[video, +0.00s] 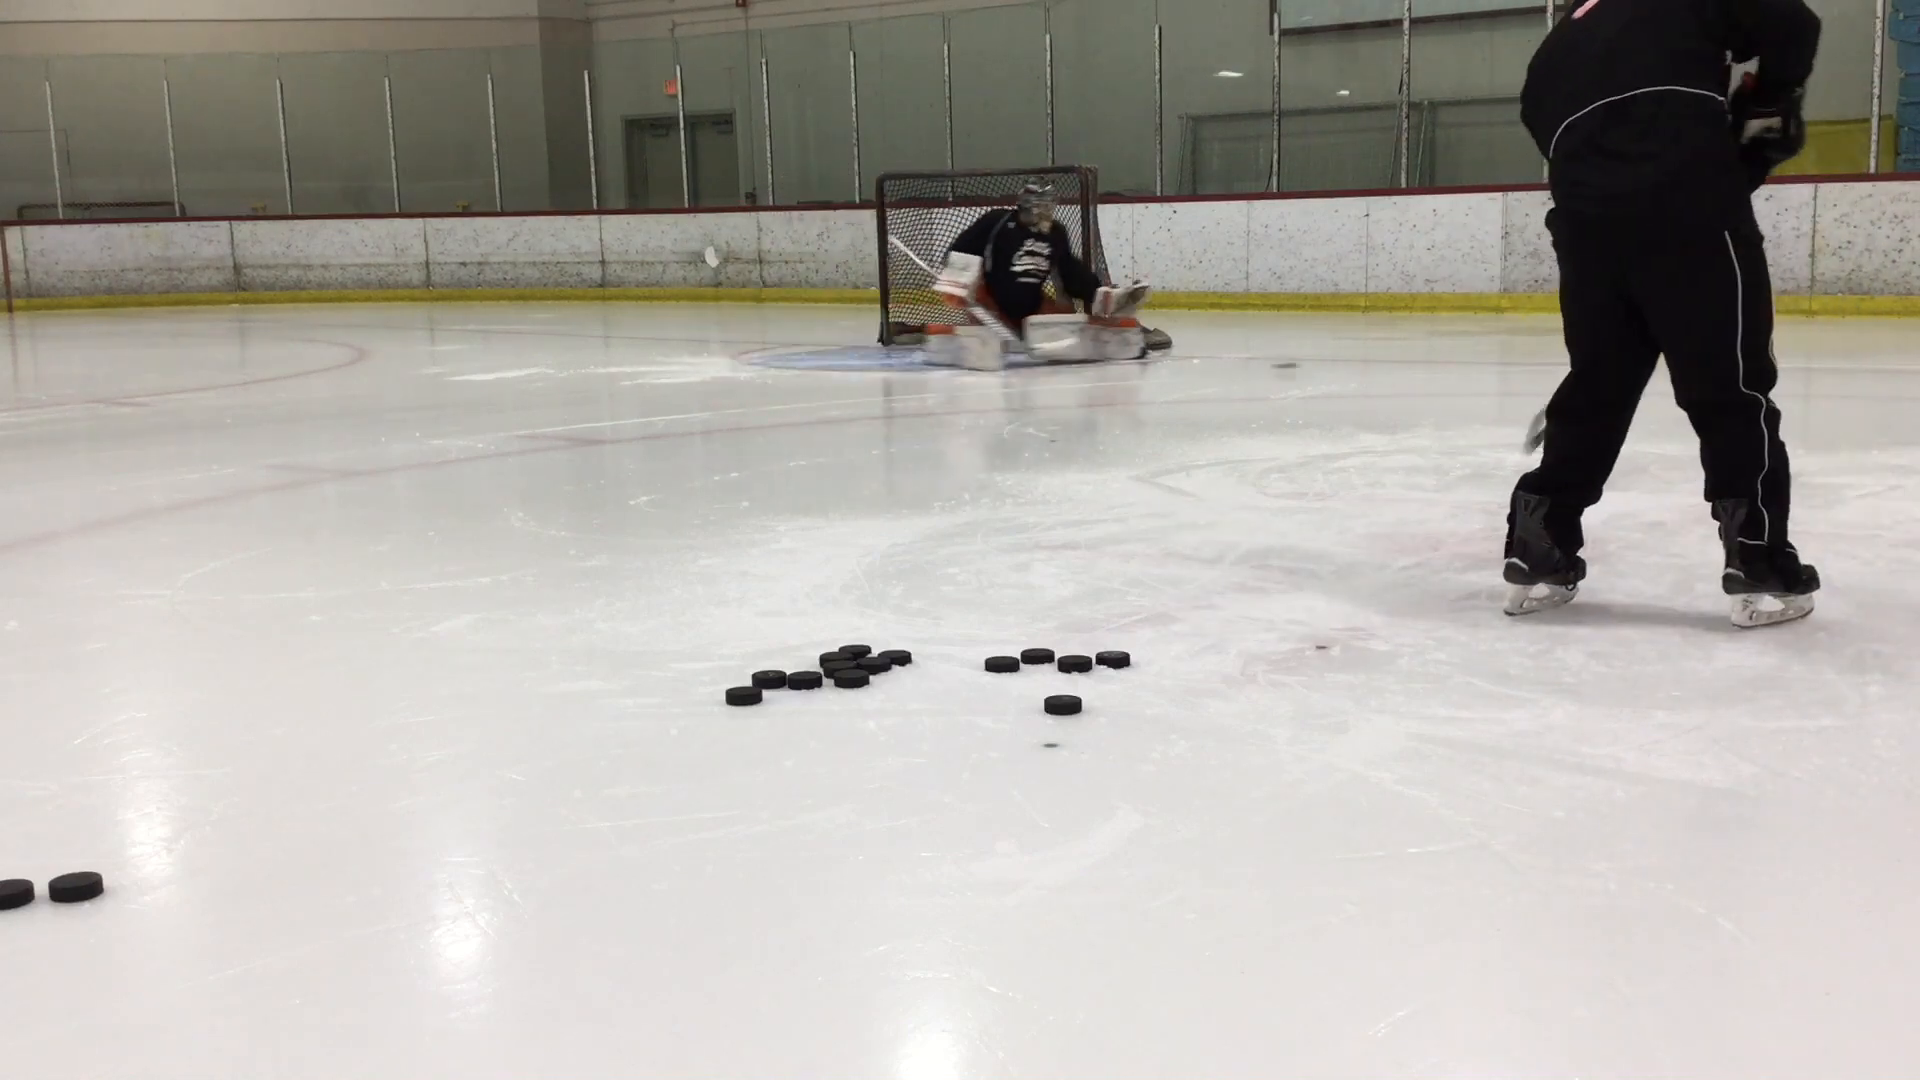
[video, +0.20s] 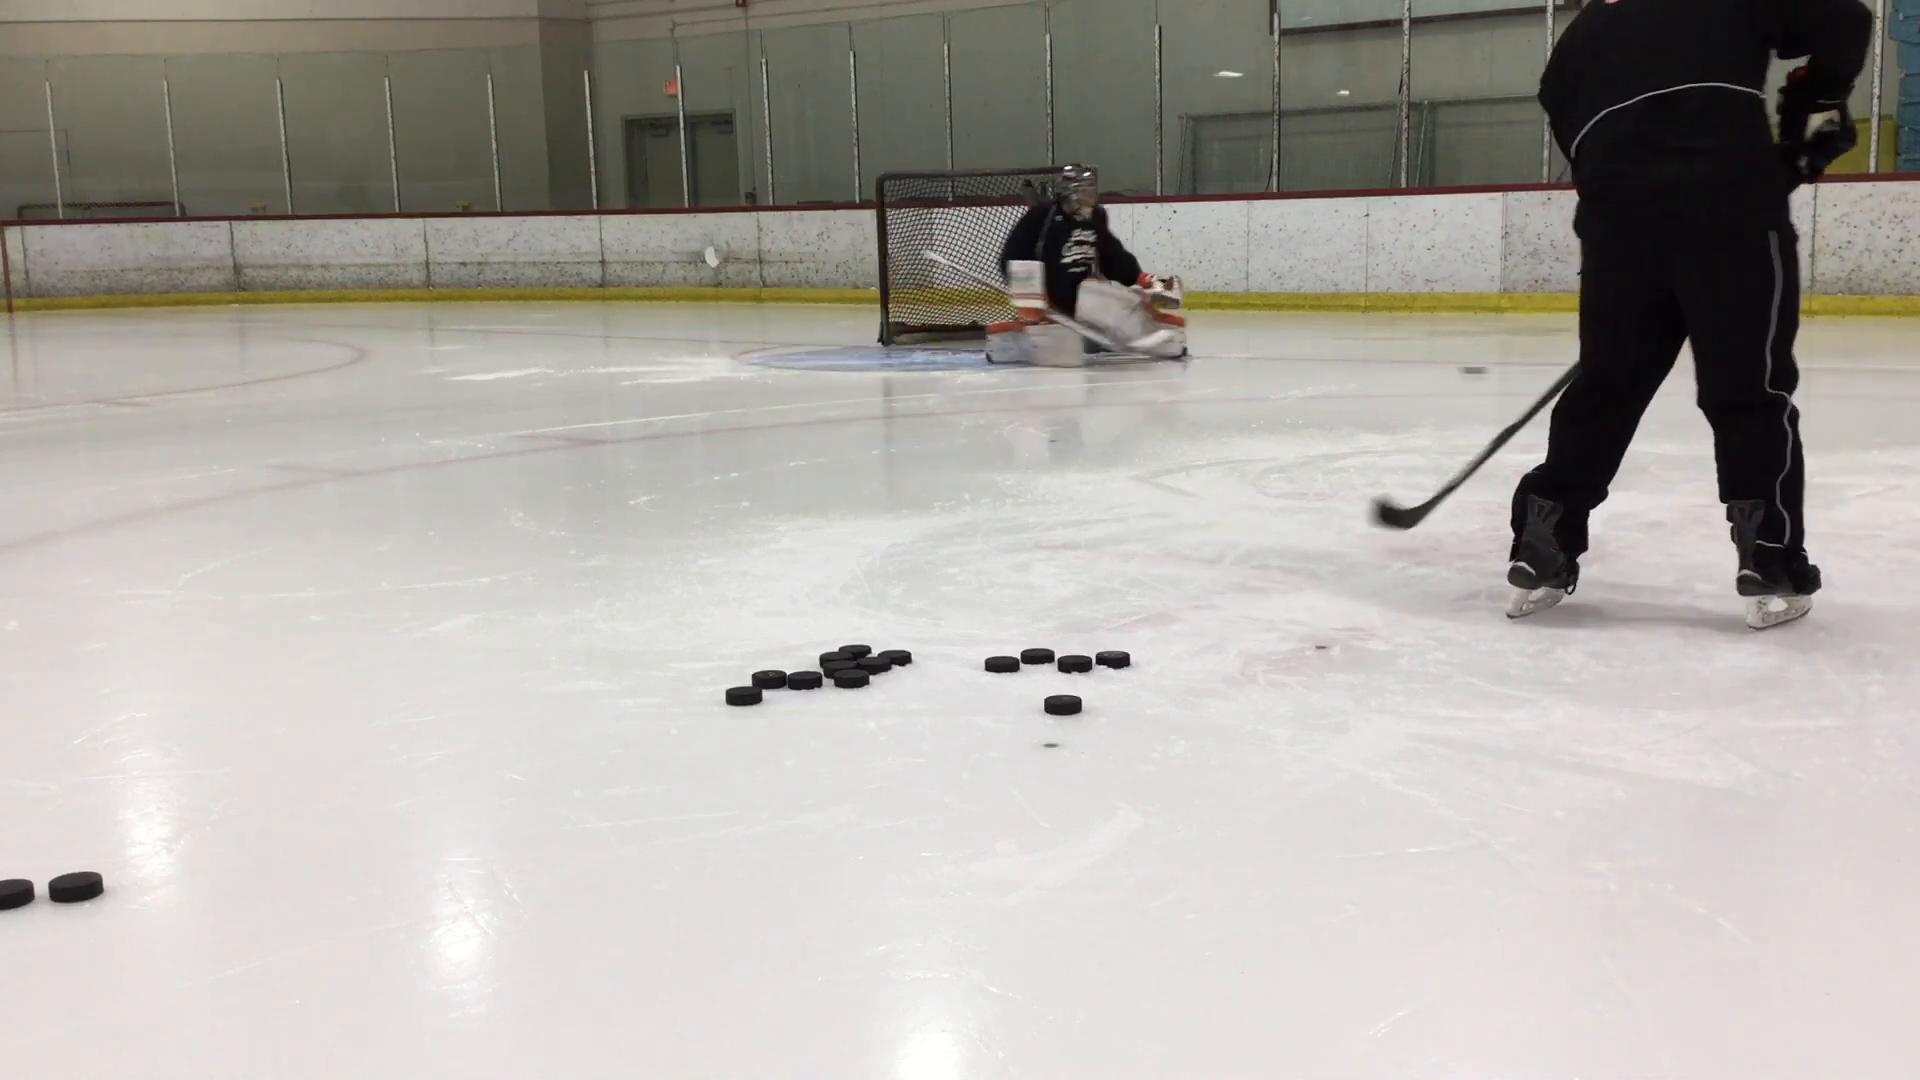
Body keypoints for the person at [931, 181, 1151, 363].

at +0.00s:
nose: (1042, 212)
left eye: (1046, 206)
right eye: (1035, 206)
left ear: (1052, 206)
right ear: (1022, 205)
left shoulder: (1056, 233)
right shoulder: (997, 221)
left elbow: (1068, 268)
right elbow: (960, 251)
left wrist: (1099, 296)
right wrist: (957, 286)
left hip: (1033, 308)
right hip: (991, 305)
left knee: (1078, 323)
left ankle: (1135, 337)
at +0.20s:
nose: (1088, 197)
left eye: (1090, 191)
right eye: (1082, 191)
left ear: (1094, 192)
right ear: (1066, 193)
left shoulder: (1095, 217)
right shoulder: (1040, 218)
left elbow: (1111, 253)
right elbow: (1011, 260)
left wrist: (1139, 279)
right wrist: (1029, 294)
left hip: (1088, 289)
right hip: (1050, 293)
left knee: (1126, 303)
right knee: (1113, 315)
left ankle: (1158, 339)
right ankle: (1156, 343)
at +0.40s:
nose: (1129, 189)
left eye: (1132, 183)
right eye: (1123, 184)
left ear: (1134, 183)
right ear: (1108, 184)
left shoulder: (1139, 210)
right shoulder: (1085, 210)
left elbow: (1143, 244)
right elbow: (1066, 258)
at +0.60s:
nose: (1144, 171)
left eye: (1146, 166)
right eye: (1138, 167)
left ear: (1148, 167)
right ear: (1123, 169)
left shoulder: (1152, 198)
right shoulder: (1096, 195)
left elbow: (1154, 235)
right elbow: (1071, 240)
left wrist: (1171, 268)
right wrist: (1067, 285)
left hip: (1140, 275)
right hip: (1099, 279)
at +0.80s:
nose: (1120, 145)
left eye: (1122, 140)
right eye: (1115, 139)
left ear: (1124, 143)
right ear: (1102, 141)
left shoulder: (1128, 173)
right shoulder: (1075, 167)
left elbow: (1128, 216)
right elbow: (1048, 208)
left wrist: (1144, 240)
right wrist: (1038, 252)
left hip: (1113, 251)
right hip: (1078, 248)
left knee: (1145, 293)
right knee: (1063, 301)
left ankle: (1185, 341)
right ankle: (1027, 351)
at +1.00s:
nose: (1096, 136)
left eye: (1096, 130)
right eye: (1090, 129)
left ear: (1094, 132)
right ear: (1075, 131)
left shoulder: (1098, 165)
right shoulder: (1048, 155)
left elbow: (1090, 206)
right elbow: (1015, 196)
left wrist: (1102, 231)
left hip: (1082, 235)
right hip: (1048, 232)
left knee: (1117, 257)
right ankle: (997, 334)